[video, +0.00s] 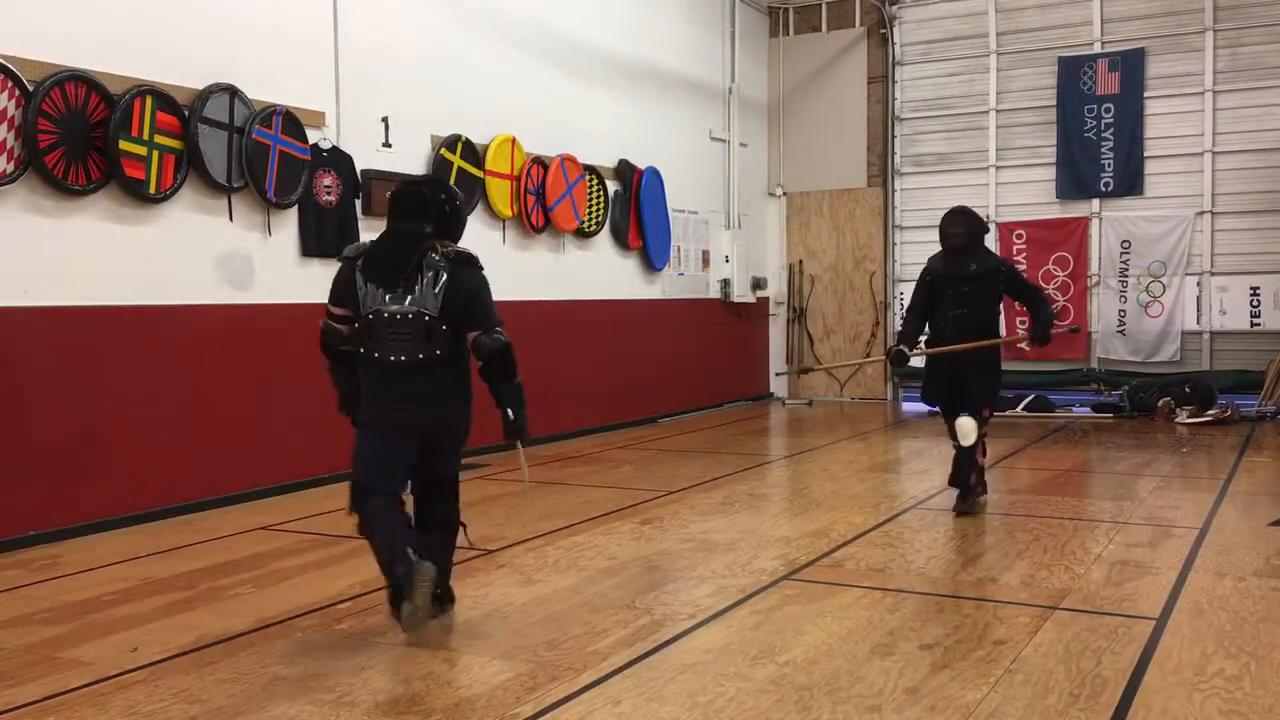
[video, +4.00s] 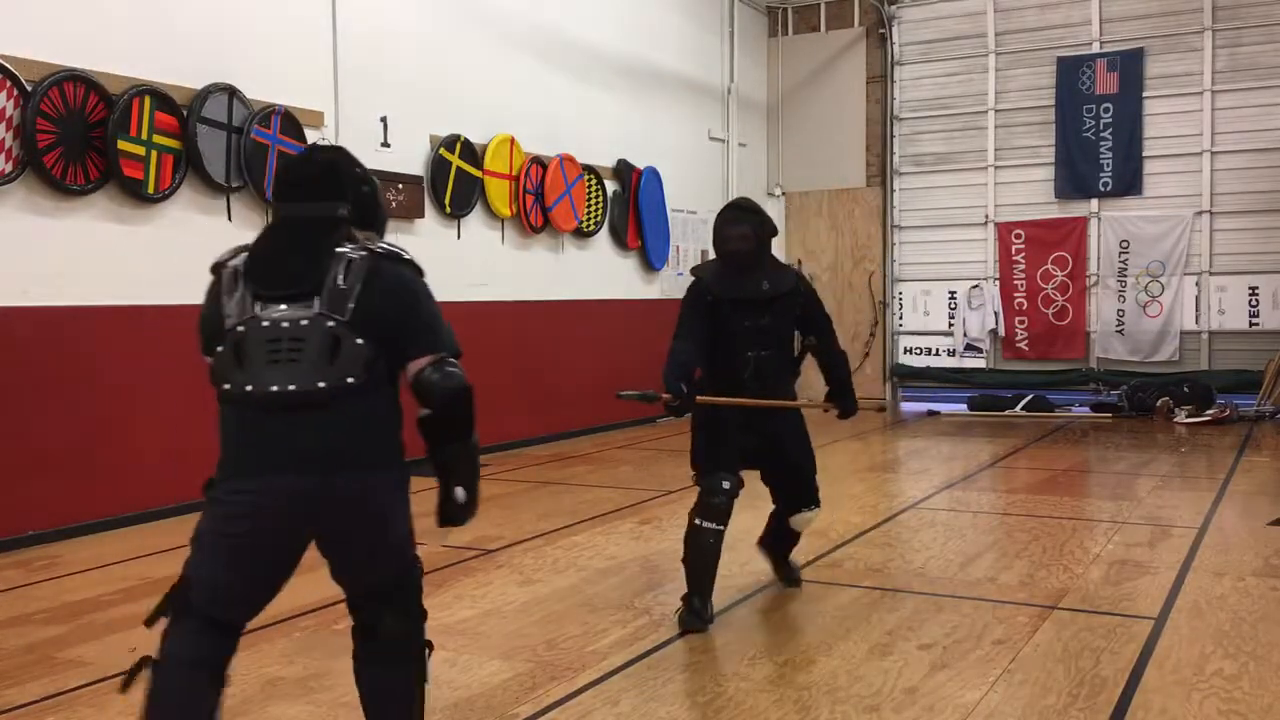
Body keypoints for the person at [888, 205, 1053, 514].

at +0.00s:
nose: (955, 240)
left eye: (961, 234)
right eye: (949, 234)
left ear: (975, 234)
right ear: (941, 235)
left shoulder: (993, 267)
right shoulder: (934, 269)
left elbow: (1034, 298)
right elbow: (917, 311)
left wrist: (1040, 326)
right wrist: (904, 344)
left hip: (981, 357)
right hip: (943, 357)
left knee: (968, 423)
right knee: (956, 424)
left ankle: (969, 489)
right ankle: (976, 480)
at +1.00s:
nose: (854, 236)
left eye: (860, 229)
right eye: (850, 229)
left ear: (878, 228)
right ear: (847, 229)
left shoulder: (906, 264)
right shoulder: (847, 265)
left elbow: (938, 310)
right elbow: (831, 307)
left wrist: (908, 338)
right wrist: (829, 325)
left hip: (896, 362)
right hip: (856, 362)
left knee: (890, 437)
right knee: (857, 434)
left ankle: (907, 495)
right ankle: (864, 506)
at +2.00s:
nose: (792, 245)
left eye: (798, 237)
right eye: (788, 238)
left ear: (817, 236)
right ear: (785, 239)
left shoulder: (854, 274)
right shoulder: (786, 279)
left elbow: (903, 312)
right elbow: (757, 322)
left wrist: (891, 363)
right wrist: (718, 345)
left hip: (846, 385)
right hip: (798, 385)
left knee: (854, 466)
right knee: (785, 460)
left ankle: (860, 526)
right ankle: (788, 536)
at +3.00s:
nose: (772, 235)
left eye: (780, 226)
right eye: (764, 227)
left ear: (798, 227)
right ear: (754, 229)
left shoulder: (825, 271)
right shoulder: (747, 272)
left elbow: (868, 314)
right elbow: (724, 317)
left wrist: (886, 363)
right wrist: (707, 355)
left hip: (811, 386)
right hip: (759, 386)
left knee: (821, 478)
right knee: (753, 470)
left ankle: (807, 537)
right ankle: (747, 555)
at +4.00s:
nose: (737, 251)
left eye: (745, 241)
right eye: (728, 242)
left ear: (764, 240)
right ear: (716, 243)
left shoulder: (790, 285)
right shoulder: (707, 287)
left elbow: (823, 338)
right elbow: (686, 341)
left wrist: (842, 390)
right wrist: (676, 382)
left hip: (776, 407)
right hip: (719, 406)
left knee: (802, 502)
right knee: (716, 494)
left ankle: (776, 546)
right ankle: (698, 597)